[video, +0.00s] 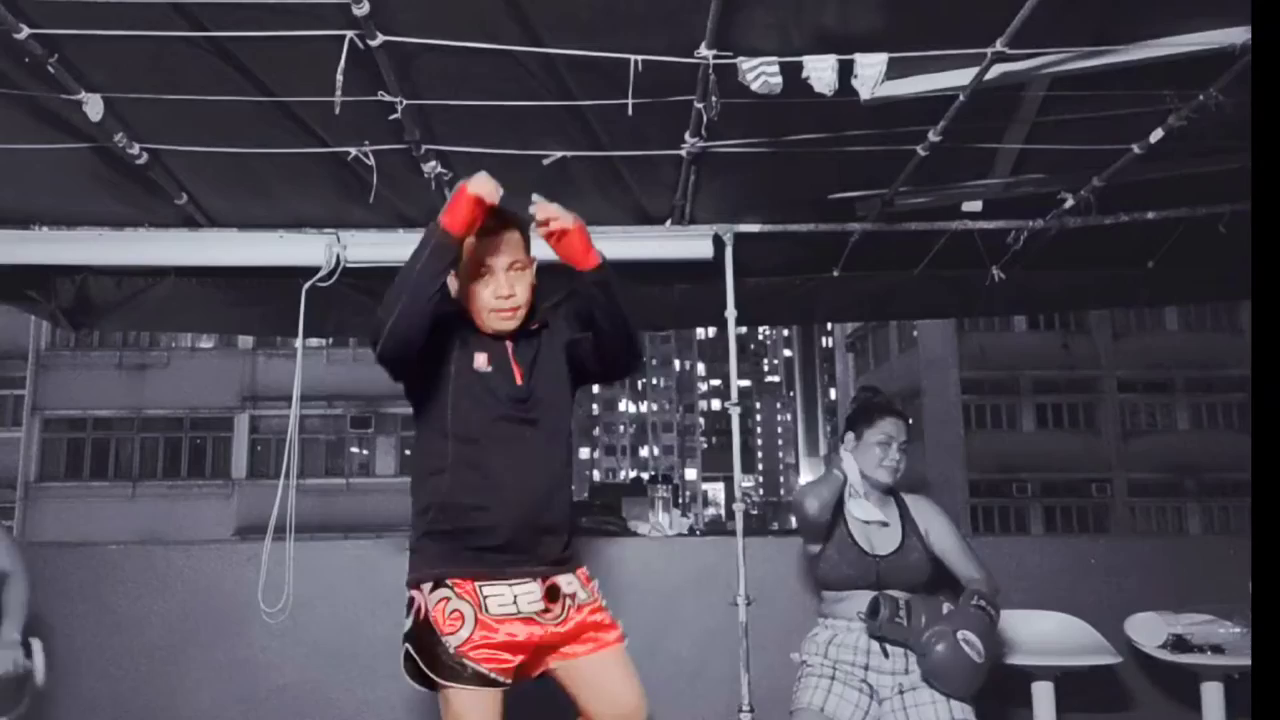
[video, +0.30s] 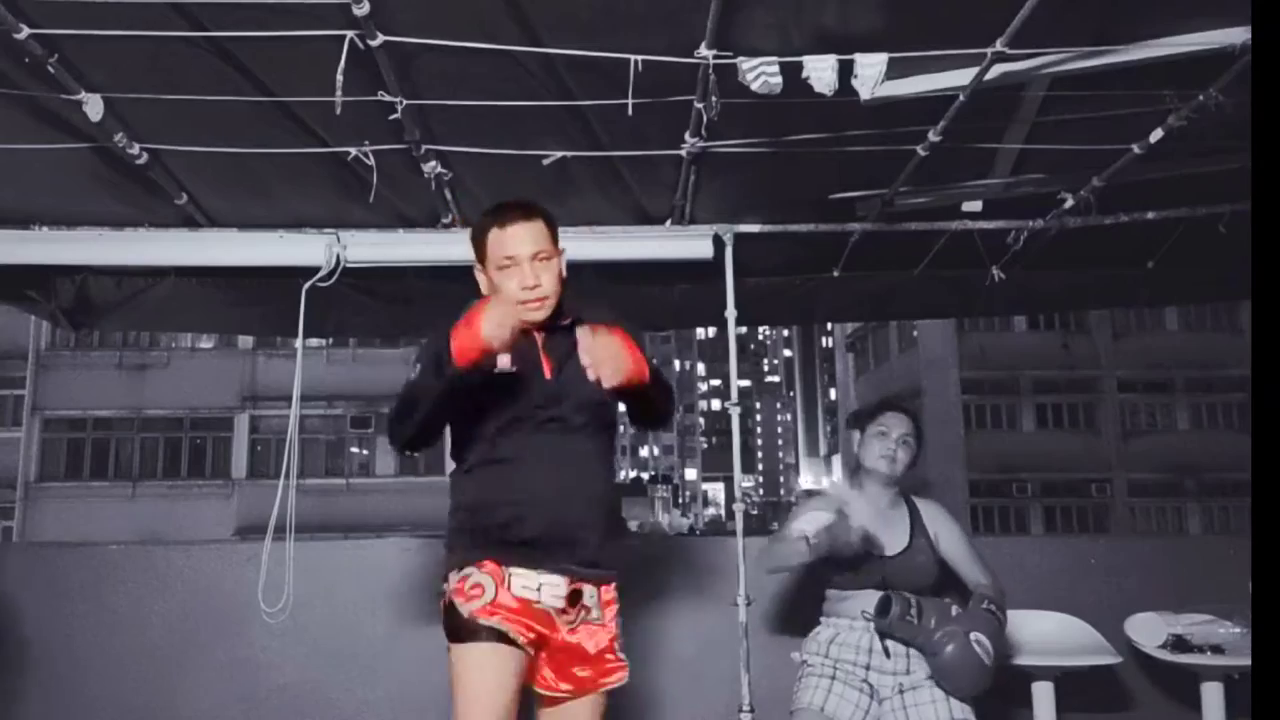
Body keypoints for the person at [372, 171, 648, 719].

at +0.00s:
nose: (505, 286)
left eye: (517, 268)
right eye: (485, 273)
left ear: (533, 272)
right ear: (453, 283)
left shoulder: (558, 342)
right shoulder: (434, 343)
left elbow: (620, 358)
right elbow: (394, 343)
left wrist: (585, 260)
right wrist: (450, 227)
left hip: (556, 573)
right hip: (462, 583)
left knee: (624, 709)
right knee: (474, 713)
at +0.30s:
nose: (530, 279)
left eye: (541, 260)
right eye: (509, 266)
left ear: (560, 262)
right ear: (483, 278)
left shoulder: (598, 343)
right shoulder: (461, 347)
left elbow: (658, 416)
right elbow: (405, 433)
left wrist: (635, 372)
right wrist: (461, 354)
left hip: (588, 579)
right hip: (493, 572)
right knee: (483, 712)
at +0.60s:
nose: (512, 275)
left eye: (526, 258)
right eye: (491, 260)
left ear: (553, 264)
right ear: (469, 273)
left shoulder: (590, 333)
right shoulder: (446, 340)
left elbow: (639, 353)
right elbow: (360, 396)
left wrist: (569, 245)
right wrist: (425, 281)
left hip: (573, 605)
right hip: (466, 600)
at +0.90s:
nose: (432, 261)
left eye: (449, 240)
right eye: (411, 245)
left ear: (479, 247)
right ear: (387, 261)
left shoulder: (518, 299)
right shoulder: (378, 346)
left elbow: (608, 304)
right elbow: (296, 349)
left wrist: (531, 180)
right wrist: (360, 235)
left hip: (557, 505)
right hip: (466, 573)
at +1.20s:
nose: (429, 218)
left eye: (448, 199)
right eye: (408, 203)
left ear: (479, 221)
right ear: (387, 230)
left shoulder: (532, 275)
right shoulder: (370, 322)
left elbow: (597, 269)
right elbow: (283, 327)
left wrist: (506, 151)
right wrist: (344, 200)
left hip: (546, 528)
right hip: (438, 572)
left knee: (606, 484)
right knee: (429, 706)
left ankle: (548, 713)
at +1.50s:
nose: (516, 198)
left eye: (533, 183)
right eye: (495, 182)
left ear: (556, 201)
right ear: (461, 197)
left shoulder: (594, 290)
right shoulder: (423, 279)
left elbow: (675, 302)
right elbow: (345, 300)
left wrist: (597, 180)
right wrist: (441, 167)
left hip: (587, 584)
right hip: (445, 589)